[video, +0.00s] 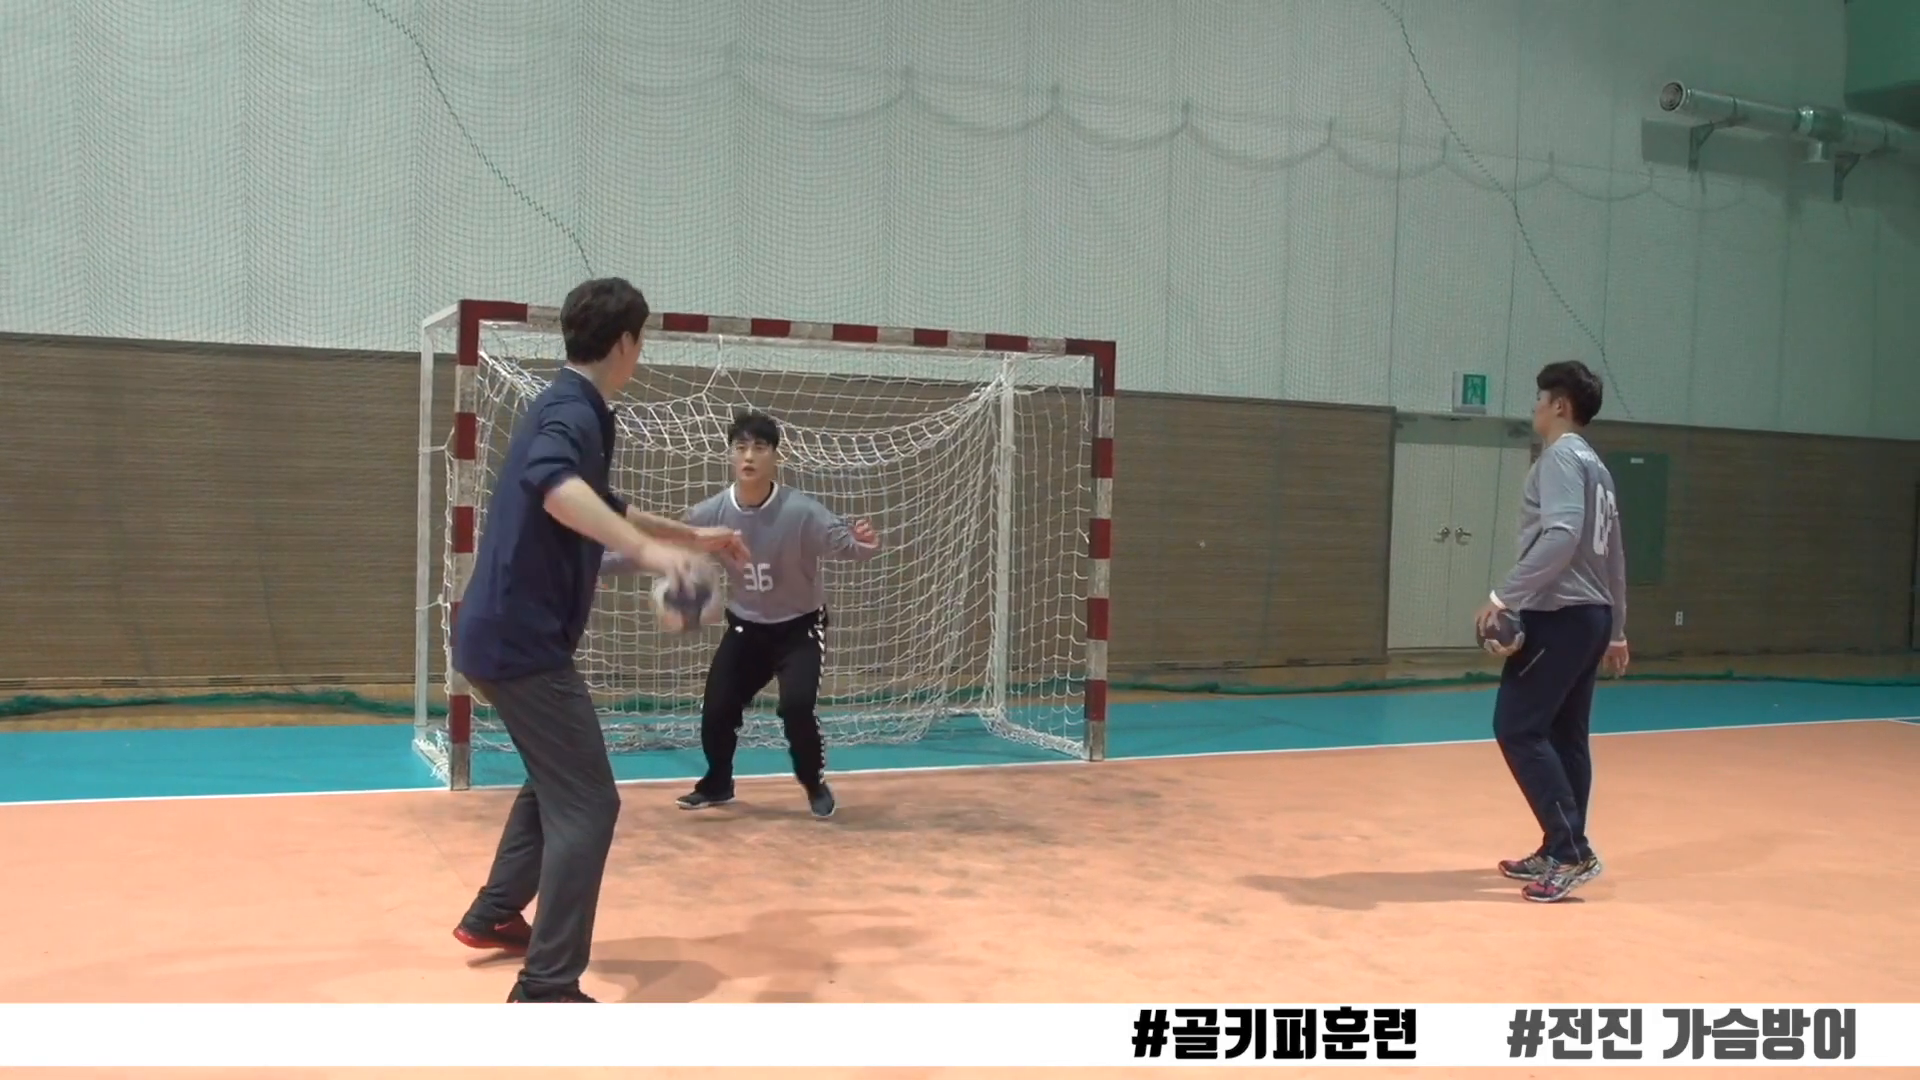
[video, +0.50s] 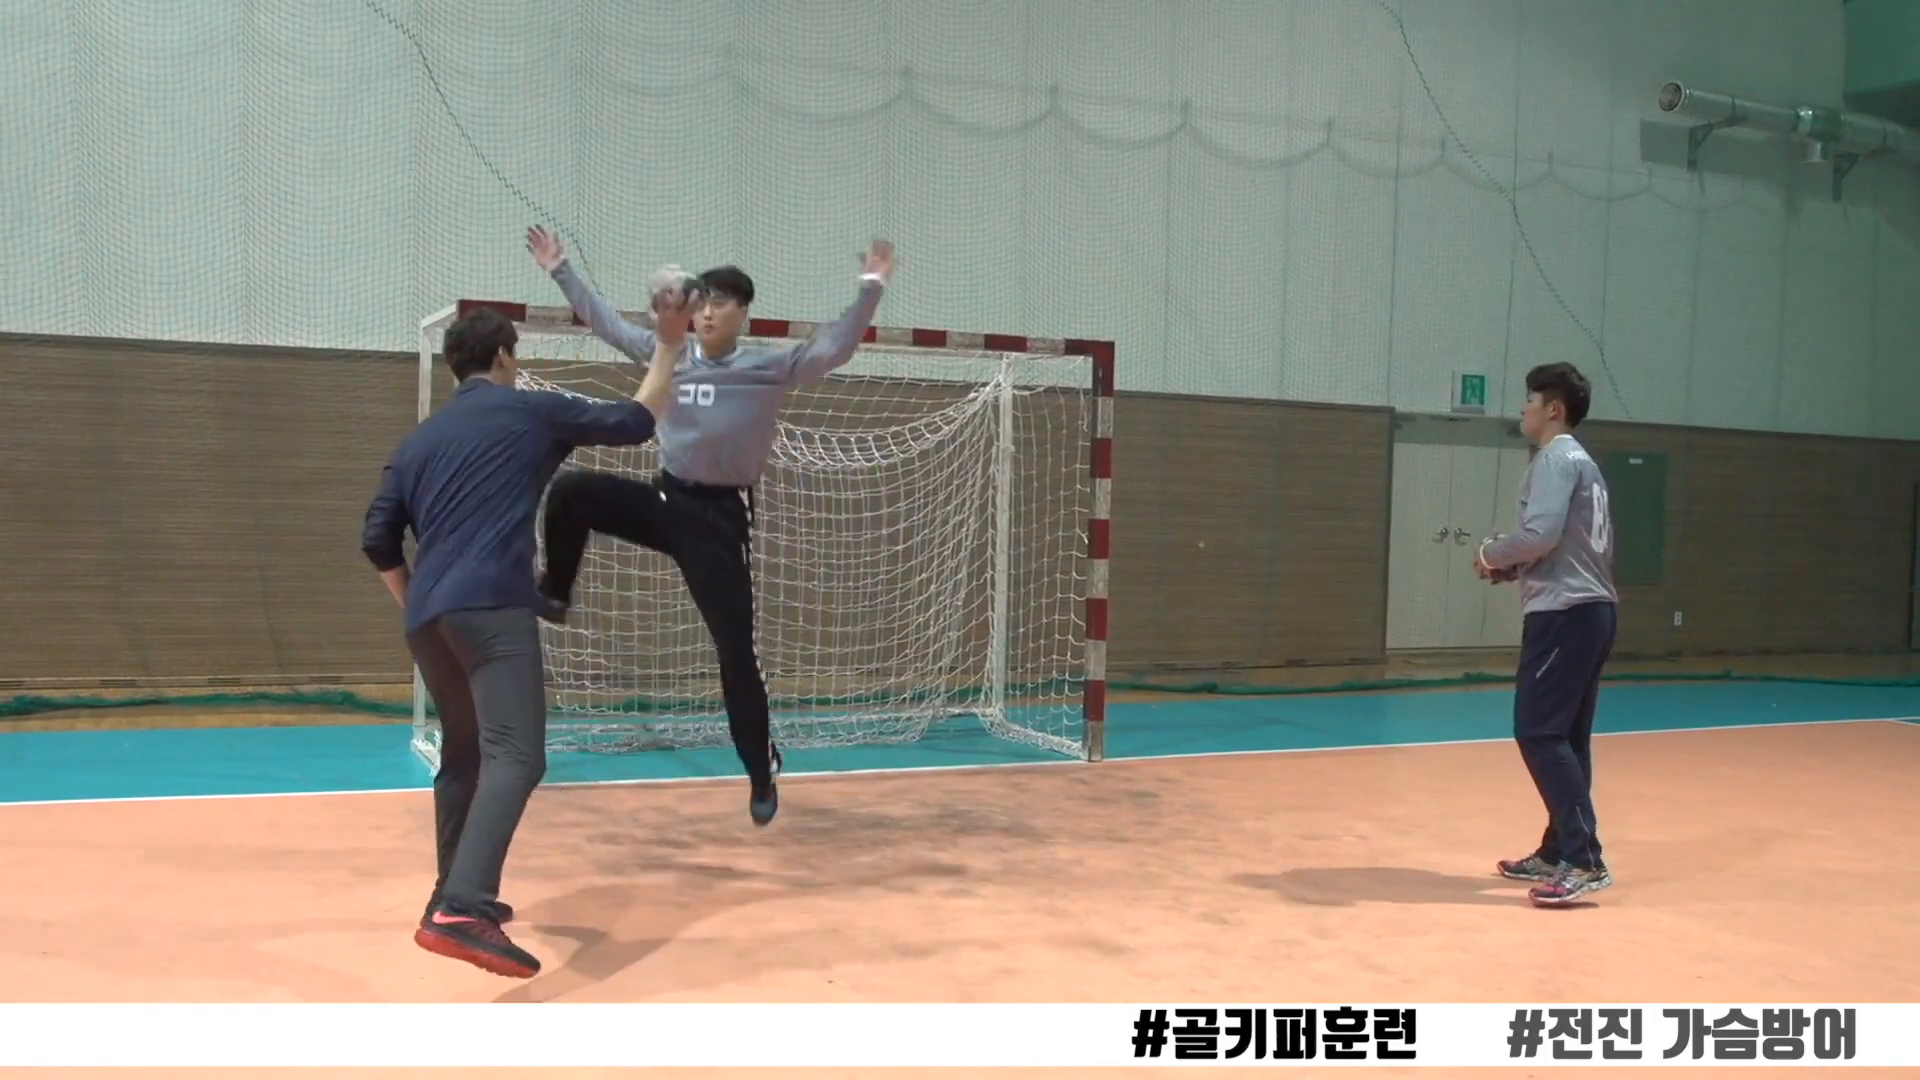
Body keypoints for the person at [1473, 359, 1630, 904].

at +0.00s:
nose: (1534, 409)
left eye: (1540, 398)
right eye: (1538, 398)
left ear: (1560, 404)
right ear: (1574, 409)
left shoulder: (1560, 455)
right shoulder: (1596, 468)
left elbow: (1560, 537)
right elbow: (1613, 557)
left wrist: (1504, 596)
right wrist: (1617, 629)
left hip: (1559, 617)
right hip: (1590, 618)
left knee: (1517, 728)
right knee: (1568, 733)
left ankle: (1571, 853)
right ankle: (1562, 850)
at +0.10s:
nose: (1531, 410)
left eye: (1536, 400)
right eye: (1535, 399)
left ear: (1556, 405)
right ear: (1572, 410)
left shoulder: (1559, 455)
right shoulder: (1595, 468)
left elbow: (1556, 536)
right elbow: (1610, 557)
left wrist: (1494, 586)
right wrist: (1598, 609)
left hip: (1559, 615)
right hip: (1591, 617)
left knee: (1516, 727)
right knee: (1568, 731)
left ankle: (1567, 851)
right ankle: (1563, 848)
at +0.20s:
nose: (1529, 410)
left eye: (1535, 400)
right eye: (1533, 400)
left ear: (1556, 406)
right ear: (1569, 410)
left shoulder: (1556, 456)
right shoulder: (1594, 468)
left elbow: (1550, 533)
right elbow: (1611, 551)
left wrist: (1490, 576)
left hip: (1560, 615)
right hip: (1594, 615)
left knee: (1519, 726)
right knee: (1569, 730)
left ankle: (1570, 853)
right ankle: (1561, 849)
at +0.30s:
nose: (1528, 409)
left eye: (1535, 400)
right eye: (1532, 400)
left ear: (1556, 406)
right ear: (1568, 410)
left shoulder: (1554, 455)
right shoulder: (1593, 468)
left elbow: (1544, 532)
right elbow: (1610, 552)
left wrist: (1491, 565)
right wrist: (1523, 582)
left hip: (1561, 615)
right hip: (1595, 615)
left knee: (1524, 728)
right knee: (1571, 732)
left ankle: (1576, 857)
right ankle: (1559, 851)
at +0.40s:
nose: (1526, 409)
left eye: (1533, 400)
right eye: (1529, 400)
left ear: (1556, 407)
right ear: (1565, 410)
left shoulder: (1554, 456)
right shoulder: (1589, 466)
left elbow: (1542, 532)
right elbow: (1595, 551)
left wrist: (1494, 560)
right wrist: (1522, 574)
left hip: (1564, 612)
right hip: (1596, 612)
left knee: (1530, 729)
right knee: (1571, 733)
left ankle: (1582, 860)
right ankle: (1559, 852)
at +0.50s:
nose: (1523, 408)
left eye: (1531, 399)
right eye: (1527, 399)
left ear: (1555, 407)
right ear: (1562, 410)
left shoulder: (1557, 456)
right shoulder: (1581, 462)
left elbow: (1541, 537)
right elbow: (1571, 551)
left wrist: (1492, 556)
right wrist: (1513, 567)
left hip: (1565, 612)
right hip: (1590, 611)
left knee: (1537, 731)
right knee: (1569, 734)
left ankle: (1584, 862)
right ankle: (1558, 852)